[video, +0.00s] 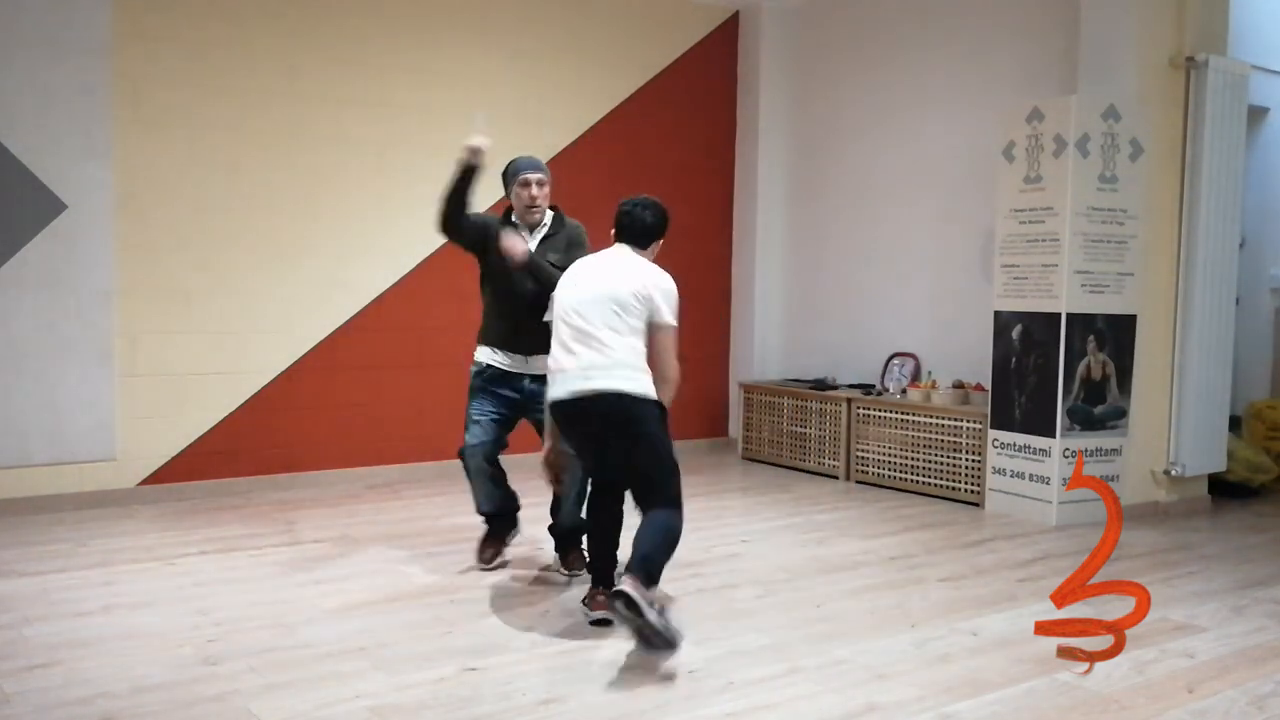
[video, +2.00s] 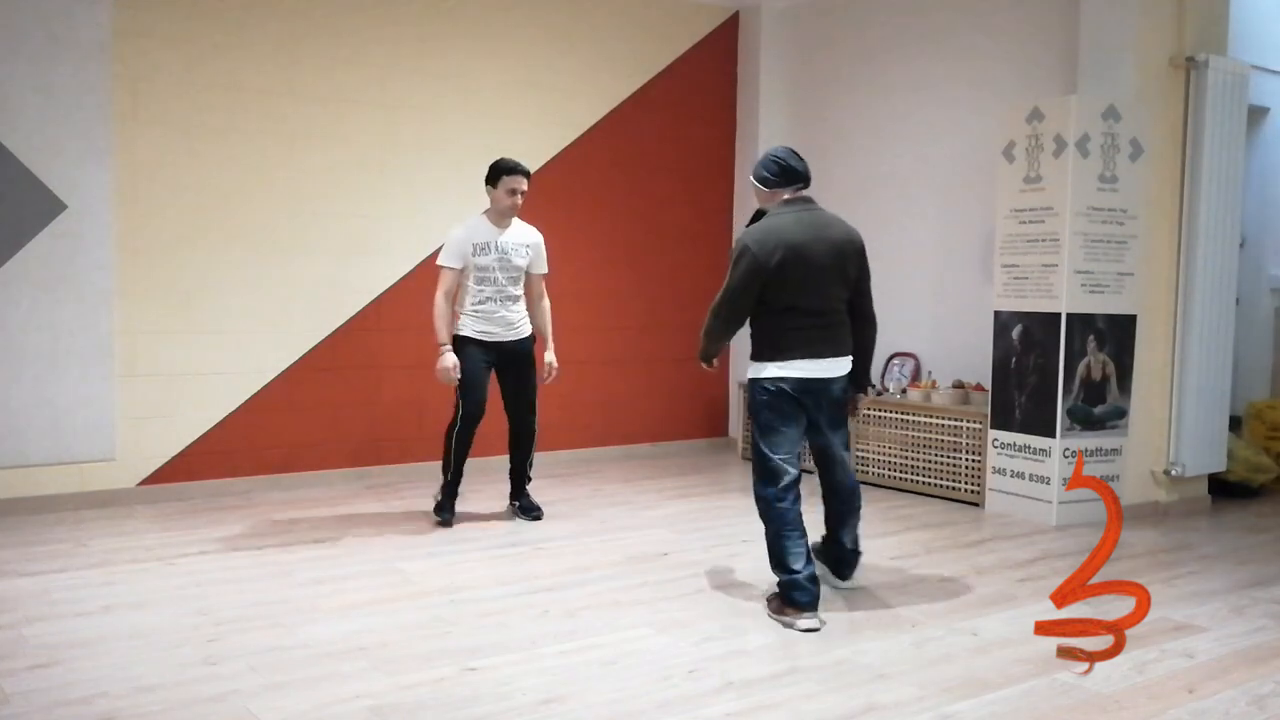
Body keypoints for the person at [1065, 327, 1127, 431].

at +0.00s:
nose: (1087, 345)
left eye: (1091, 342)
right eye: (1088, 342)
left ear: (1098, 344)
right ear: (1088, 345)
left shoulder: (1108, 364)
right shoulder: (1083, 365)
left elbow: (1113, 390)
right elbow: (1076, 391)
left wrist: (1106, 406)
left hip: (1103, 406)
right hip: (1086, 405)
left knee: (1121, 411)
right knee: (1071, 410)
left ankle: (1086, 425)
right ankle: (1102, 425)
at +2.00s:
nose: (1088, 345)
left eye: (1091, 342)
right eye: (1088, 342)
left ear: (1098, 344)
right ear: (1087, 344)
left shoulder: (1108, 364)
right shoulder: (1084, 364)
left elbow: (1114, 390)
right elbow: (1076, 390)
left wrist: (1109, 406)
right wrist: (1070, 409)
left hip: (1102, 406)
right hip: (1085, 405)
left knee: (1121, 411)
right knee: (1071, 410)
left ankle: (1086, 425)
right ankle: (1100, 425)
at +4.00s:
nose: (1088, 345)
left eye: (1091, 342)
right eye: (1088, 342)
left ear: (1099, 344)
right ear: (1087, 344)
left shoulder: (1108, 365)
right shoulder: (1084, 364)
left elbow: (1114, 392)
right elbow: (1076, 390)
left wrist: (1106, 407)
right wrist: (1071, 408)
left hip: (1103, 406)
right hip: (1086, 406)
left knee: (1122, 411)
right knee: (1071, 410)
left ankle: (1086, 425)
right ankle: (1099, 425)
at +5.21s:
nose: (1088, 345)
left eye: (1091, 341)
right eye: (1088, 342)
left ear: (1098, 344)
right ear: (1087, 345)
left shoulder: (1108, 364)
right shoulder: (1084, 364)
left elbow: (1113, 388)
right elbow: (1077, 386)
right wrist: (1071, 402)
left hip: (1102, 405)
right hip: (1085, 405)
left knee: (1121, 411)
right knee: (1071, 409)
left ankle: (1087, 423)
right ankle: (1098, 423)